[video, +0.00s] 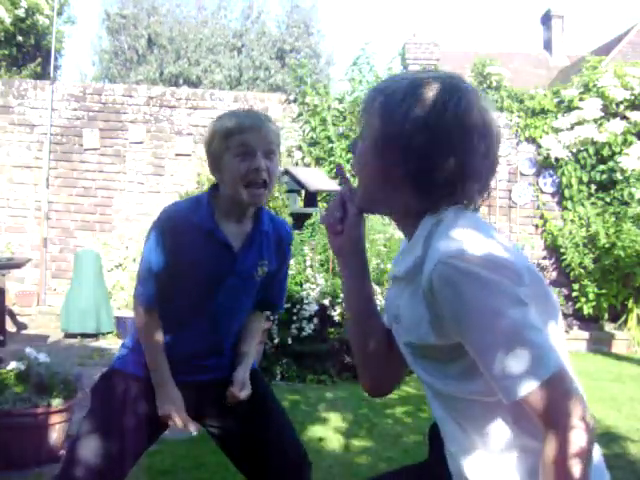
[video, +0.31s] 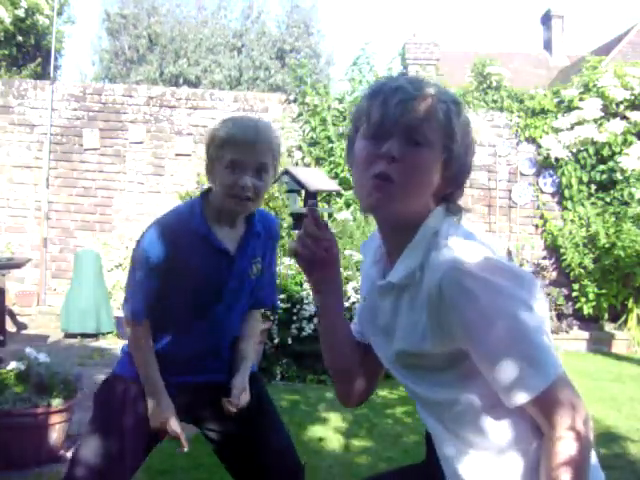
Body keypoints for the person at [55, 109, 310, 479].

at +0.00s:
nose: (260, 166)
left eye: (269, 155)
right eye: (244, 155)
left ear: (279, 164)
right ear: (216, 166)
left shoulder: (276, 236)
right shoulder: (176, 222)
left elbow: (262, 311)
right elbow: (145, 309)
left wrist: (245, 364)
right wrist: (164, 388)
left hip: (226, 373)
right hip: (151, 370)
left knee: (291, 469)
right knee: (86, 467)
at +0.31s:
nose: (246, 183)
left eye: (260, 172)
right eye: (234, 168)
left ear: (272, 180)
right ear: (210, 169)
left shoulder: (264, 230)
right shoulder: (164, 236)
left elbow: (257, 311)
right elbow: (137, 322)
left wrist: (243, 370)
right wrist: (157, 397)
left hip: (222, 379)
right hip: (149, 378)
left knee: (284, 472)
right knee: (89, 470)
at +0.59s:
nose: (227, 168)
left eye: (239, 157)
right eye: (213, 158)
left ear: (254, 166)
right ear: (193, 167)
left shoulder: (266, 232)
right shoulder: (162, 230)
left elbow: (266, 316)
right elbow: (139, 317)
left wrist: (257, 380)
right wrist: (158, 392)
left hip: (239, 384)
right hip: (167, 384)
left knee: (288, 469)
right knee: (112, 469)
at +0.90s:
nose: (245, 143)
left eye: (253, 134)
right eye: (232, 133)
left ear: (265, 144)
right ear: (208, 138)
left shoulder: (272, 210)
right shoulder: (173, 187)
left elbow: (266, 285)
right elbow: (133, 255)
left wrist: (276, 334)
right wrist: (158, 313)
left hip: (238, 364)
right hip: (163, 359)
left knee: (290, 470)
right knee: (124, 467)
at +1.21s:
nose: (220, 87)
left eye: (231, 75)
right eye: (207, 76)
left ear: (248, 74)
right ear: (187, 77)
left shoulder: (267, 120)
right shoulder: (167, 116)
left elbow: (302, 201)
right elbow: (133, 200)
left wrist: (270, 210)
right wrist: (192, 201)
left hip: (246, 257)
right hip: (178, 250)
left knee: (295, 333)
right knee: (90, 312)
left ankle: (307, 419)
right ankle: (173, 366)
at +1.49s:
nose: (207, 178)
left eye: (218, 165)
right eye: (194, 169)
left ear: (239, 167)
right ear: (179, 176)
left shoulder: (271, 230)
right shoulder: (168, 224)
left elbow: (294, 313)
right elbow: (169, 302)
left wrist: (282, 370)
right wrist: (184, 343)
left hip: (262, 377)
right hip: (191, 371)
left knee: (304, 463)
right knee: (125, 455)